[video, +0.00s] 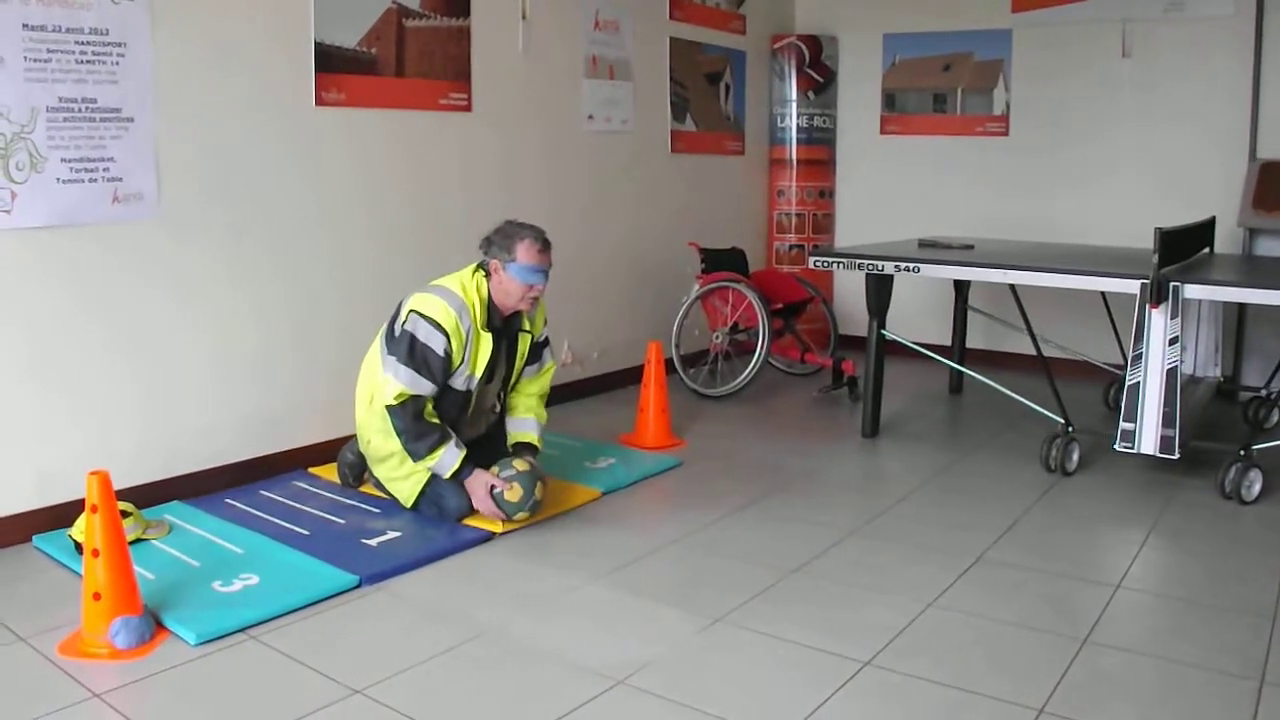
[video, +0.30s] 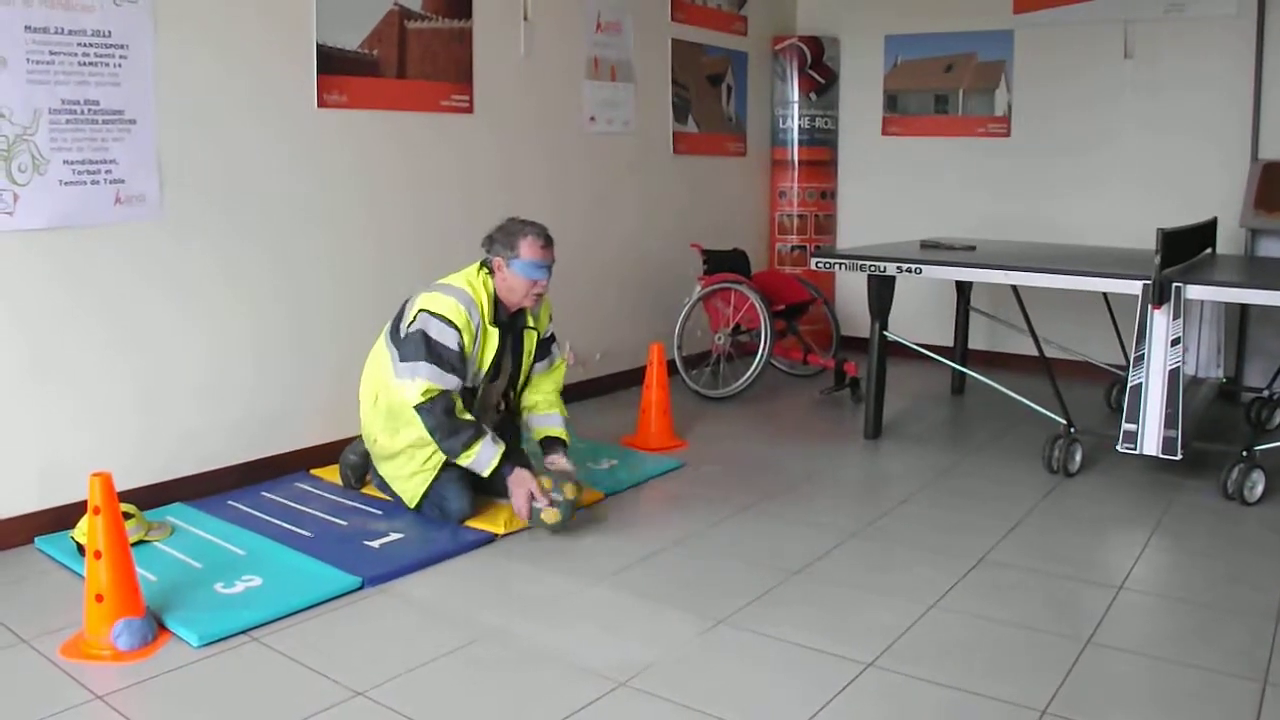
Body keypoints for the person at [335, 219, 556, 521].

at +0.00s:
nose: (540, 288)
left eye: (545, 277)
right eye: (530, 276)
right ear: (495, 270)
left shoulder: (529, 310)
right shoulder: (439, 313)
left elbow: (529, 387)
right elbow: (404, 410)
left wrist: (525, 453)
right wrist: (467, 473)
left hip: (464, 418)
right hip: (398, 432)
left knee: (513, 482)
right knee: (454, 506)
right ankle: (372, 459)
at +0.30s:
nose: (543, 285)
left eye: (548, 273)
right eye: (533, 273)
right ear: (499, 268)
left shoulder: (534, 308)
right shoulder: (446, 310)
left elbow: (541, 383)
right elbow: (434, 409)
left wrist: (554, 450)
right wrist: (508, 469)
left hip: (470, 412)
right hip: (401, 422)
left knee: (511, 484)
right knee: (455, 506)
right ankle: (375, 462)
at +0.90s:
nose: (576, 296)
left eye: (580, 284)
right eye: (566, 284)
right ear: (532, 277)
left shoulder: (555, 326)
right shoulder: (472, 319)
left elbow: (545, 396)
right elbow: (441, 416)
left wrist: (562, 456)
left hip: (479, 411)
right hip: (409, 420)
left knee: (524, 488)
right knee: (461, 513)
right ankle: (383, 459)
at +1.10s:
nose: (577, 298)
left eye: (582, 287)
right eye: (567, 285)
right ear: (533, 280)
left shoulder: (555, 329)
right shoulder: (473, 320)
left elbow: (541, 399)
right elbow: (413, 403)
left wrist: (562, 460)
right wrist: (437, 491)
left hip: (482, 418)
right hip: (423, 427)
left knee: (523, 488)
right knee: (462, 515)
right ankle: (382, 463)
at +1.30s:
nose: (569, 303)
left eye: (574, 292)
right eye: (559, 291)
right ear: (526, 285)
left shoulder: (552, 334)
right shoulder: (469, 322)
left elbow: (546, 410)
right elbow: (427, 414)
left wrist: (568, 482)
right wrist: (441, 507)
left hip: (481, 421)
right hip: (408, 427)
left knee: (524, 489)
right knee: (465, 513)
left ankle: (449, 460)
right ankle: (382, 465)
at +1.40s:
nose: (566, 305)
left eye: (571, 294)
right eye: (557, 293)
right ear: (524, 285)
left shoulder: (549, 334)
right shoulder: (467, 321)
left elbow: (546, 410)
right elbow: (428, 412)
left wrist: (568, 483)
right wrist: (440, 509)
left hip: (482, 420)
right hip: (407, 426)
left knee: (524, 490)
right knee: (464, 513)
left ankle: (447, 461)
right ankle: (382, 466)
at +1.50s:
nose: (563, 302)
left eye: (568, 292)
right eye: (553, 290)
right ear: (520, 283)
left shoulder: (547, 331)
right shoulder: (464, 319)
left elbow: (546, 408)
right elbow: (429, 411)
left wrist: (569, 482)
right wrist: (439, 510)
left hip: (482, 421)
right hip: (407, 427)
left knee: (524, 489)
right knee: (466, 512)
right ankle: (384, 468)